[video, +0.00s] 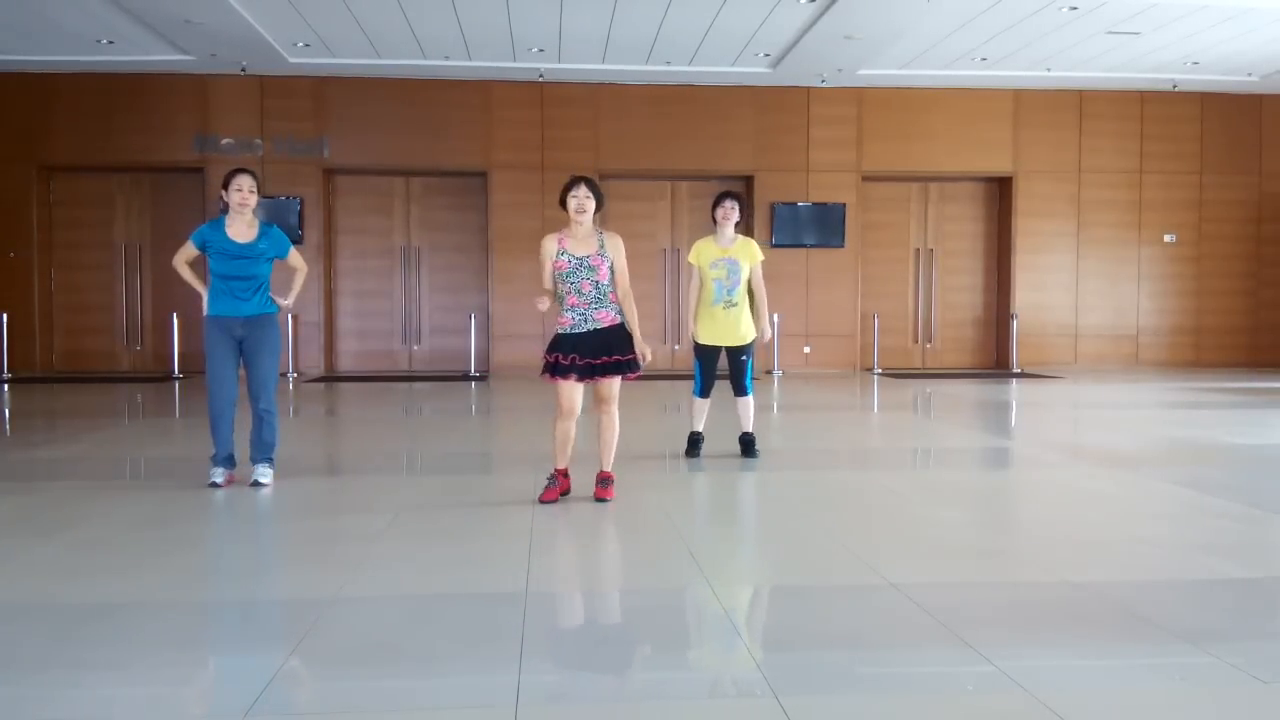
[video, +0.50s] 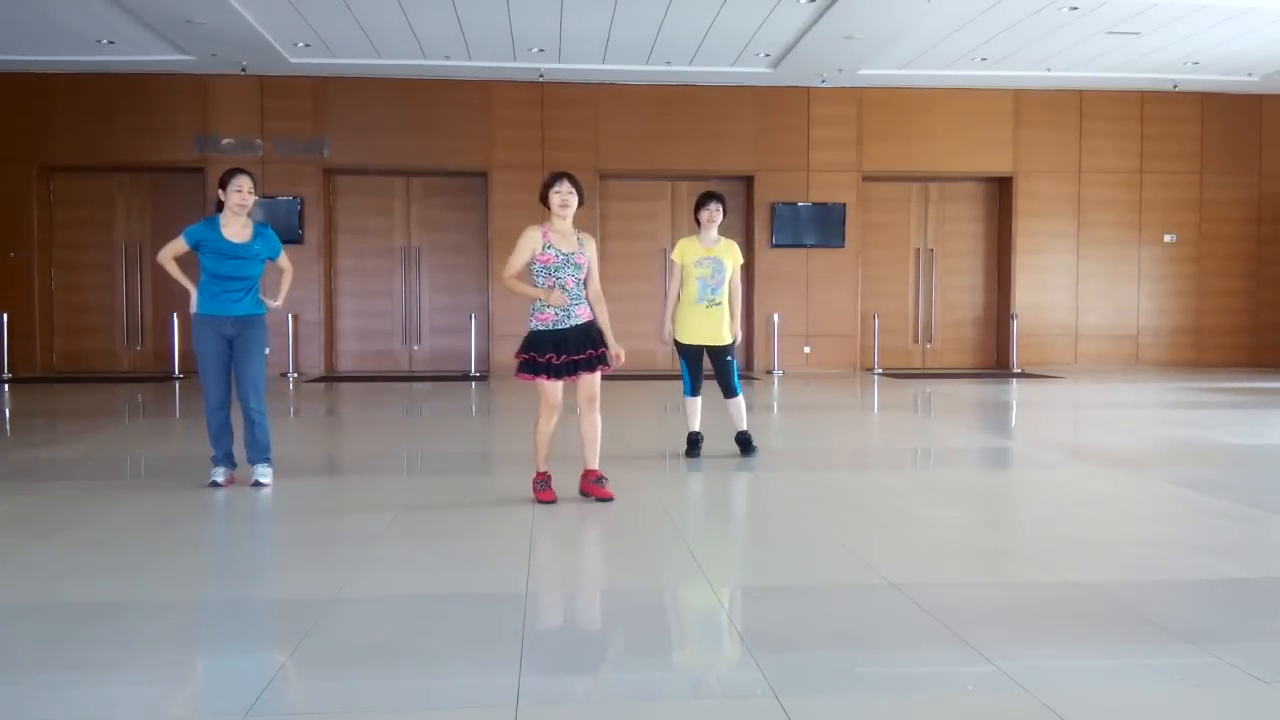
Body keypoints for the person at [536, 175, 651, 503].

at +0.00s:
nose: (581, 202)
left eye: (587, 197)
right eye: (575, 197)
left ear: (597, 204)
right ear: (565, 202)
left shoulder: (612, 242)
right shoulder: (551, 244)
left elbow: (624, 292)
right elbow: (549, 292)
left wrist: (637, 337)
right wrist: (547, 300)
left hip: (610, 335)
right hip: (570, 336)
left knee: (607, 405)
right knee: (567, 410)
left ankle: (605, 475)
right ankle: (560, 475)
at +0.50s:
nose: (564, 197)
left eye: (570, 193)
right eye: (557, 193)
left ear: (578, 201)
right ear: (547, 200)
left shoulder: (586, 242)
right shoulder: (534, 235)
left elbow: (595, 292)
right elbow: (508, 277)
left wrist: (610, 339)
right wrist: (542, 293)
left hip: (585, 330)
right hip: (548, 332)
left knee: (590, 401)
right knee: (552, 405)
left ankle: (592, 474)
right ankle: (542, 475)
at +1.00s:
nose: (558, 201)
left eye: (564, 196)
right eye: (551, 196)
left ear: (574, 203)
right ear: (542, 203)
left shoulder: (590, 242)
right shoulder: (529, 241)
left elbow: (597, 295)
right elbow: (519, 292)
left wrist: (605, 339)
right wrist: (524, 279)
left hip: (577, 335)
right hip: (536, 334)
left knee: (590, 409)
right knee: (537, 405)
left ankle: (596, 475)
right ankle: (540, 476)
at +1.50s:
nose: (572, 197)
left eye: (578, 192)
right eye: (566, 192)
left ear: (588, 199)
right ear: (556, 199)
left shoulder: (605, 236)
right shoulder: (546, 240)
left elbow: (618, 287)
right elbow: (546, 290)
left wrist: (623, 332)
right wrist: (524, 300)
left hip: (598, 332)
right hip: (557, 331)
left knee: (598, 404)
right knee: (553, 403)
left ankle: (602, 476)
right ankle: (553, 476)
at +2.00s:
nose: (575, 202)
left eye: (580, 197)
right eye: (568, 197)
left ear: (589, 204)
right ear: (557, 204)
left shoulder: (599, 245)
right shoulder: (545, 239)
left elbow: (610, 295)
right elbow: (529, 288)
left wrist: (626, 341)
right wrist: (530, 334)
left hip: (600, 334)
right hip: (562, 337)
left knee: (598, 405)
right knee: (566, 411)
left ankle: (600, 475)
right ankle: (545, 475)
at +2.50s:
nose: (562, 199)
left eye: (568, 194)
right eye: (556, 194)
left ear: (578, 200)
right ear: (546, 200)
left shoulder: (588, 244)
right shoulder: (533, 236)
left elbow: (595, 298)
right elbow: (504, 278)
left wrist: (606, 343)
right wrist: (493, 323)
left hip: (578, 334)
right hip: (540, 334)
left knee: (593, 401)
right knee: (541, 403)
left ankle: (590, 476)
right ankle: (541, 476)